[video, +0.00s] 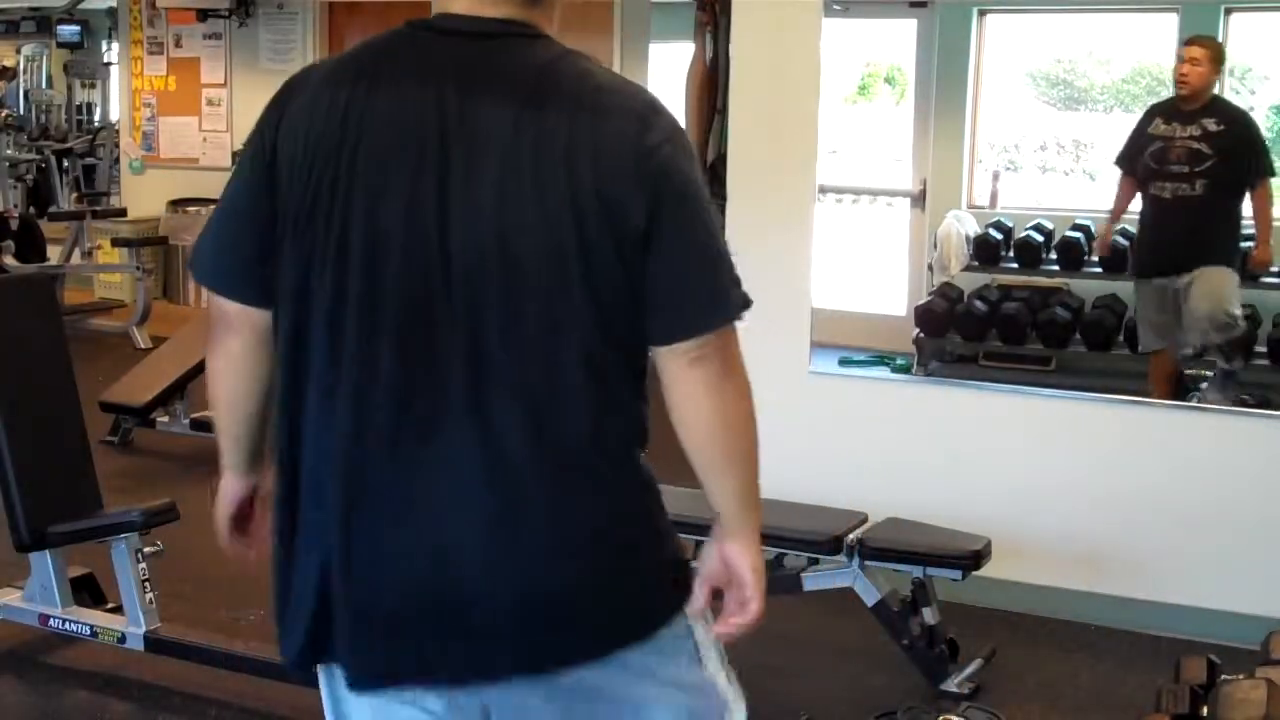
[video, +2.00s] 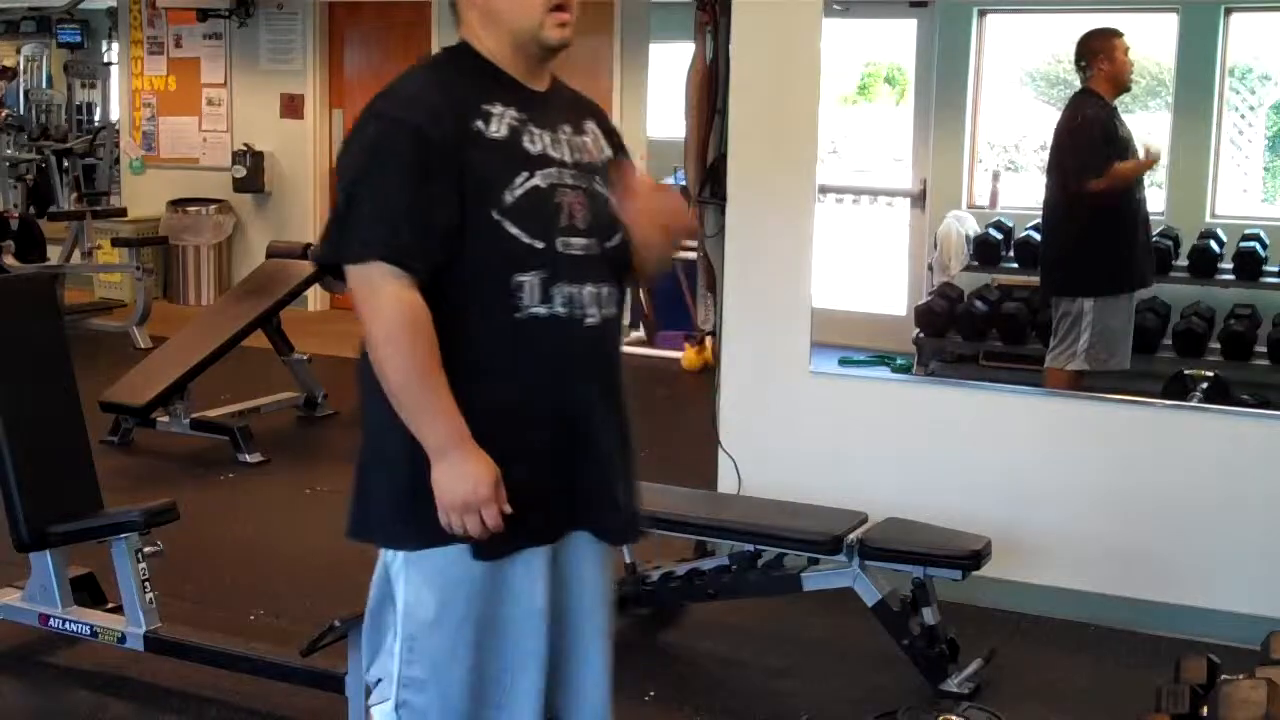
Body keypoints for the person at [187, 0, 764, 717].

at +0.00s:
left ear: (433, 0)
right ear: (547, 3)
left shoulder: (310, 108)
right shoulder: (627, 125)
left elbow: (238, 313)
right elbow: (697, 349)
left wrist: (238, 465)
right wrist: (737, 526)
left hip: (370, 602)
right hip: (589, 602)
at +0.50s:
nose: (617, 20)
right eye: (618, 16)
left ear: (492, 5)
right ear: (610, 9)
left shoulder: (388, 111)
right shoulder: (658, 140)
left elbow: (333, 295)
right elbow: (703, 342)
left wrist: (339, 439)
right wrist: (724, 494)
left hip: (425, 545)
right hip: (598, 553)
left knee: (420, 709)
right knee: (574, 709)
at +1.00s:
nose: (656, 18)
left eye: (656, 11)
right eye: (656, 10)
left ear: (547, 6)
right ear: (636, 7)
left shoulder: (470, 106)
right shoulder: (633, 131)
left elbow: (443, 271)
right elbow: (673, 323)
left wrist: (447, 399)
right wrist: (739, 462)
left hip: (485, 499)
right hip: (596, 520)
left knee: (499, 704)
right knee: (588, 707)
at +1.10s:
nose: (656, 18)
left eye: (657, 9)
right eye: (657, 6)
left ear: (550, 5)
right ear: (635, 5)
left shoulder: (502, 97)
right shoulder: (602, 122)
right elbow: (628, 314)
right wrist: (685, 461)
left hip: (501, 487)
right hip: (589, 506)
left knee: (516, 702)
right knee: (593, 706)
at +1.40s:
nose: (670, 14)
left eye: (669, 3)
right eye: (659, 0)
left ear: (601, 8)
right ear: (600, 1)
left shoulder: (611, 110)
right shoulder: (523, 104)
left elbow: (612, 278)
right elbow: (509, 276)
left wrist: (630, 426)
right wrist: (584, 435)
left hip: (606, 465)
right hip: (539, 475)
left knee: (604, 699)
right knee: (535, 703)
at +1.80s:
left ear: (613, 4)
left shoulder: (623, 119)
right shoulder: (450, 117)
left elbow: (656, 261)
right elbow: (408, 280)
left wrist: (709, 337)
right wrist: (460, 447)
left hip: (611, 478)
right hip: (494, 485)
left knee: (593, 701)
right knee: (461, 704)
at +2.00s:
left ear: (571, 3)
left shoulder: (587, 120)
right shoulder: (413, 113)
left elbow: (629, 270)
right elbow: (378, 285)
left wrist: (651, 236)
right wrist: (450, 448)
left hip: (579, 483)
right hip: (457, 495)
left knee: (568, 701)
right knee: (440, 703)